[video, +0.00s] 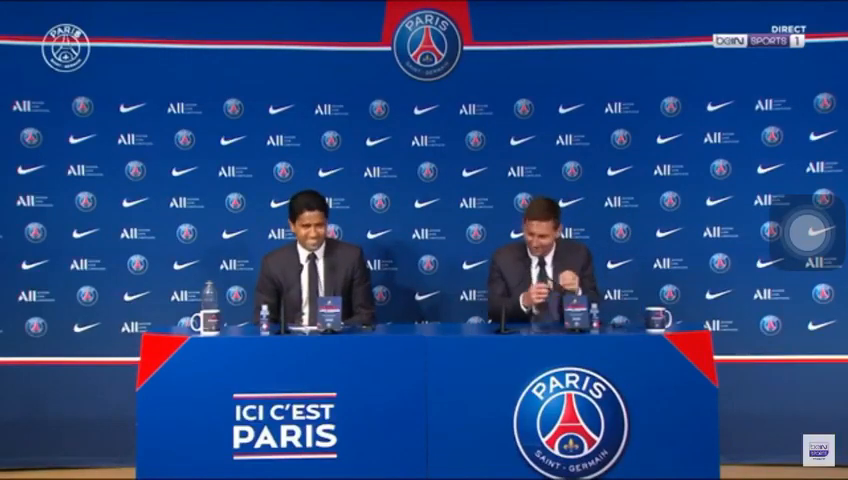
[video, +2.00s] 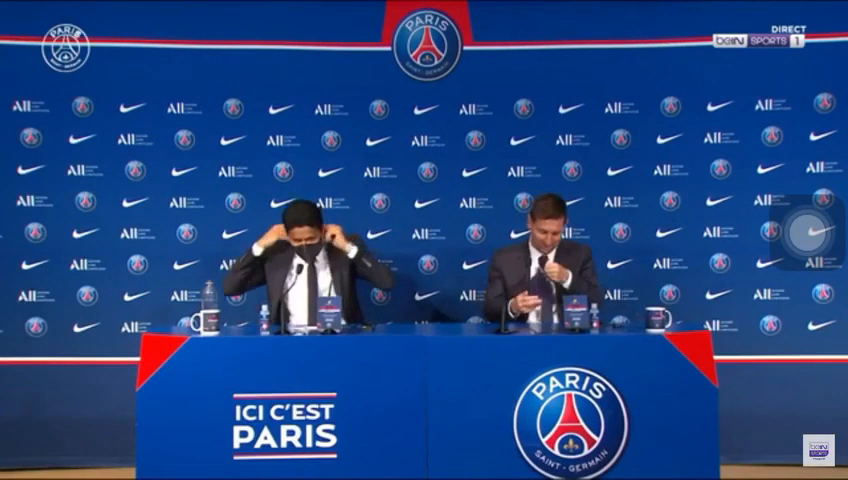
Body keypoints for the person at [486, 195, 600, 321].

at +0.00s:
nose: (534, 243)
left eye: (542, 236)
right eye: (530, 235)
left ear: (557, 232)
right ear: (524, 227)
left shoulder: (578, 253)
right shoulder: (503, 257)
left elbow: (594, 302)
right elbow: (495, 310)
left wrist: (578, 290)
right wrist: (524, 301)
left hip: (567, 340)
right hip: (519, 342)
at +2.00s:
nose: (548, 240)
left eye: (555, 234)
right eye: (543, 232)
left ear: (564, 226)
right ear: (530, 223)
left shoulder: (579, 254)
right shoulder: (504, 258)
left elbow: (595, 297)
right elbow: (490, 307)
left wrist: (567, 278)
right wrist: (511, 307)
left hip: (568, 340)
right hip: (520, 341)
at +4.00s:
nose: (537, 231)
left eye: (544, 224)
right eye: (531, 224)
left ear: (556, 224)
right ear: (522, 225)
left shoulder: (575, 252)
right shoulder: (507, 253)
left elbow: (600, 302)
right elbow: (486, 307)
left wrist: (577, 258)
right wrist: (506, 265)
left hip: (565, 341)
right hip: (518, 341)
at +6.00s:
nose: (528, 236)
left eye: (534, 229)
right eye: (521, 229)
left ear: (541, 225)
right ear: (506, 228)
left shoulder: (562, 250)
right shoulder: (487, 262)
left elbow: (593, 291)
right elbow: (474, 306)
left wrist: (569, 289)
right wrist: (501, 312)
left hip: (556, 340)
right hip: (505, 344)